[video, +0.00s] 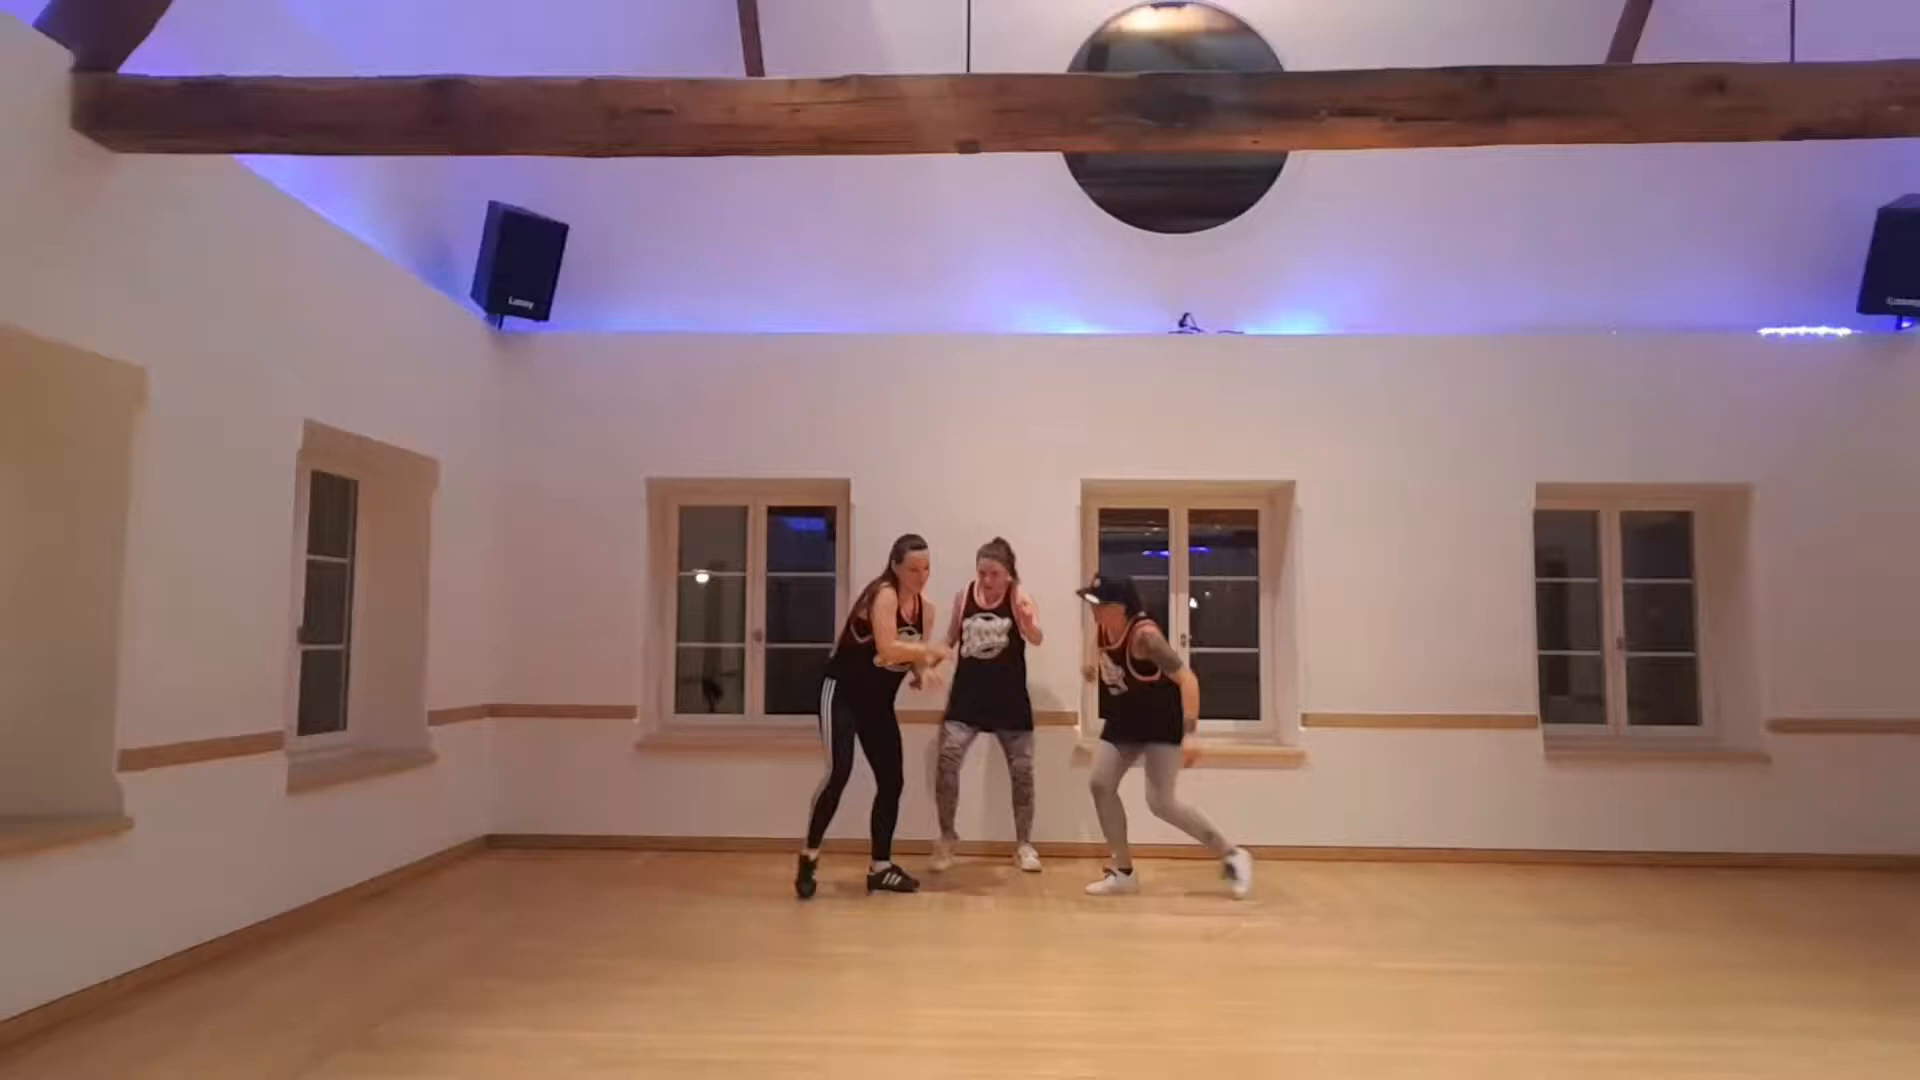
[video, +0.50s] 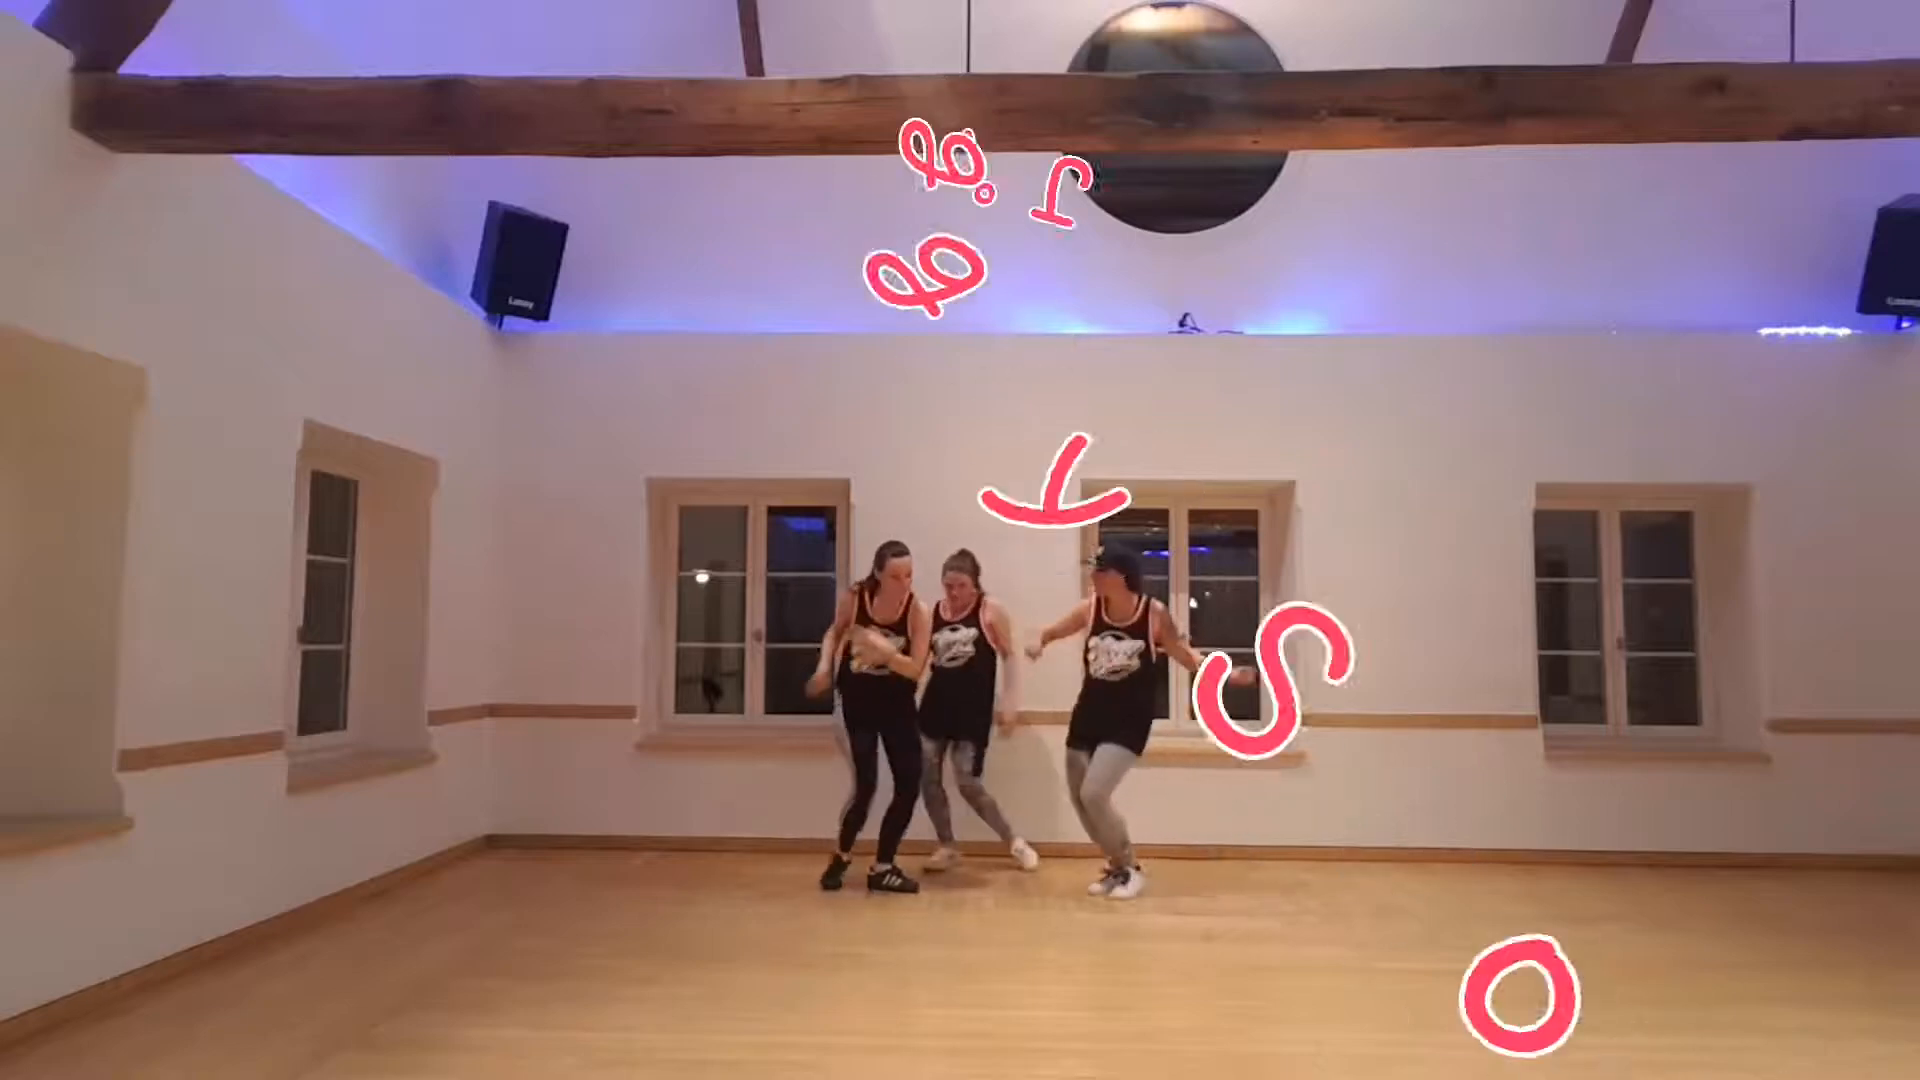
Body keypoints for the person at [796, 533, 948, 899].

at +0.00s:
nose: (922, 575)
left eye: (926, 568)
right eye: (915, 569)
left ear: (930, 568)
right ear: (896, 567)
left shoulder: (924, 606)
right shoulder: (885, 595)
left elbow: (914, 651)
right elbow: (886, 650)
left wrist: (921, 672)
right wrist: (927, 651)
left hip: (876, 697)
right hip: (841, 691)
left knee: (891, 780)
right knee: (839, 773)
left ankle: (880, 867)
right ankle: (809, 856)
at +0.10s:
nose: (922, 577)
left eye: (926, 570)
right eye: (916, 571)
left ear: (930, 570)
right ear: (897, 568)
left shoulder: (924, 607)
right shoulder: (883, 594)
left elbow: (922, 653)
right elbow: (879, 647)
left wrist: (919, 667)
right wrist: (924, 642)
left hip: (879, 697)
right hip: (844, 690)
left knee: (896, 780)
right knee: (837, 774)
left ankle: (881, 866)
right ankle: (818, 851)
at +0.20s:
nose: (920, 582)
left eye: (924, 575)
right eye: (913, 576)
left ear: (927, 575)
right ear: (895, 574)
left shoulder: (922, 611)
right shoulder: (876, 593)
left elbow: (920, 664)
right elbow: (856, 639)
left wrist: (902, 643)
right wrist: (897, 639)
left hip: (889, 701)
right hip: (852, 697)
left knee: (906, 785)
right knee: (845, 776)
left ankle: (882, 867)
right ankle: (827, 850)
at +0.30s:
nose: (916, 586)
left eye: (919, 580)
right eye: (908, 580)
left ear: (921, 580)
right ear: (889, 579)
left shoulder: (920, 616)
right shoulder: (866, 598)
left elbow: (917, 672)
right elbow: (834, 637)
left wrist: (902, 646)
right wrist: (873, 639)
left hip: (896, 702)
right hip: (857, 700)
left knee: (914, 785)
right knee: (863, 784)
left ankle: (883, 867)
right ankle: (836, 853)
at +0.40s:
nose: (911, 588)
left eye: (914, 581)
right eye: (903, 582)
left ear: (917, 581)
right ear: (883, 581)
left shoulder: (919, 618)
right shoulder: (857, 603)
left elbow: (917, 676)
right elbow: (825, 639)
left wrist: (897, 649)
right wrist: (859, 646)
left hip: (898, 707)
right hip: (859, 706)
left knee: (912, 790)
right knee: (875, 793)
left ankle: (883, 868)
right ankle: (842, 858)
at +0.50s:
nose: (906, 582)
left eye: (909, 575)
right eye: (899, 576)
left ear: (912, 573)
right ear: (878, 575)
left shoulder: (918, 610)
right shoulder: (854, 599)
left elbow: (916, 670)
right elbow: (836, 631)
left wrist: (885, 651)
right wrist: (824, 668)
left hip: (897, 700)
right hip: (857, 698)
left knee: (908, 786)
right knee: (865, 786)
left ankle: (883, 868)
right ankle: (842, 857)